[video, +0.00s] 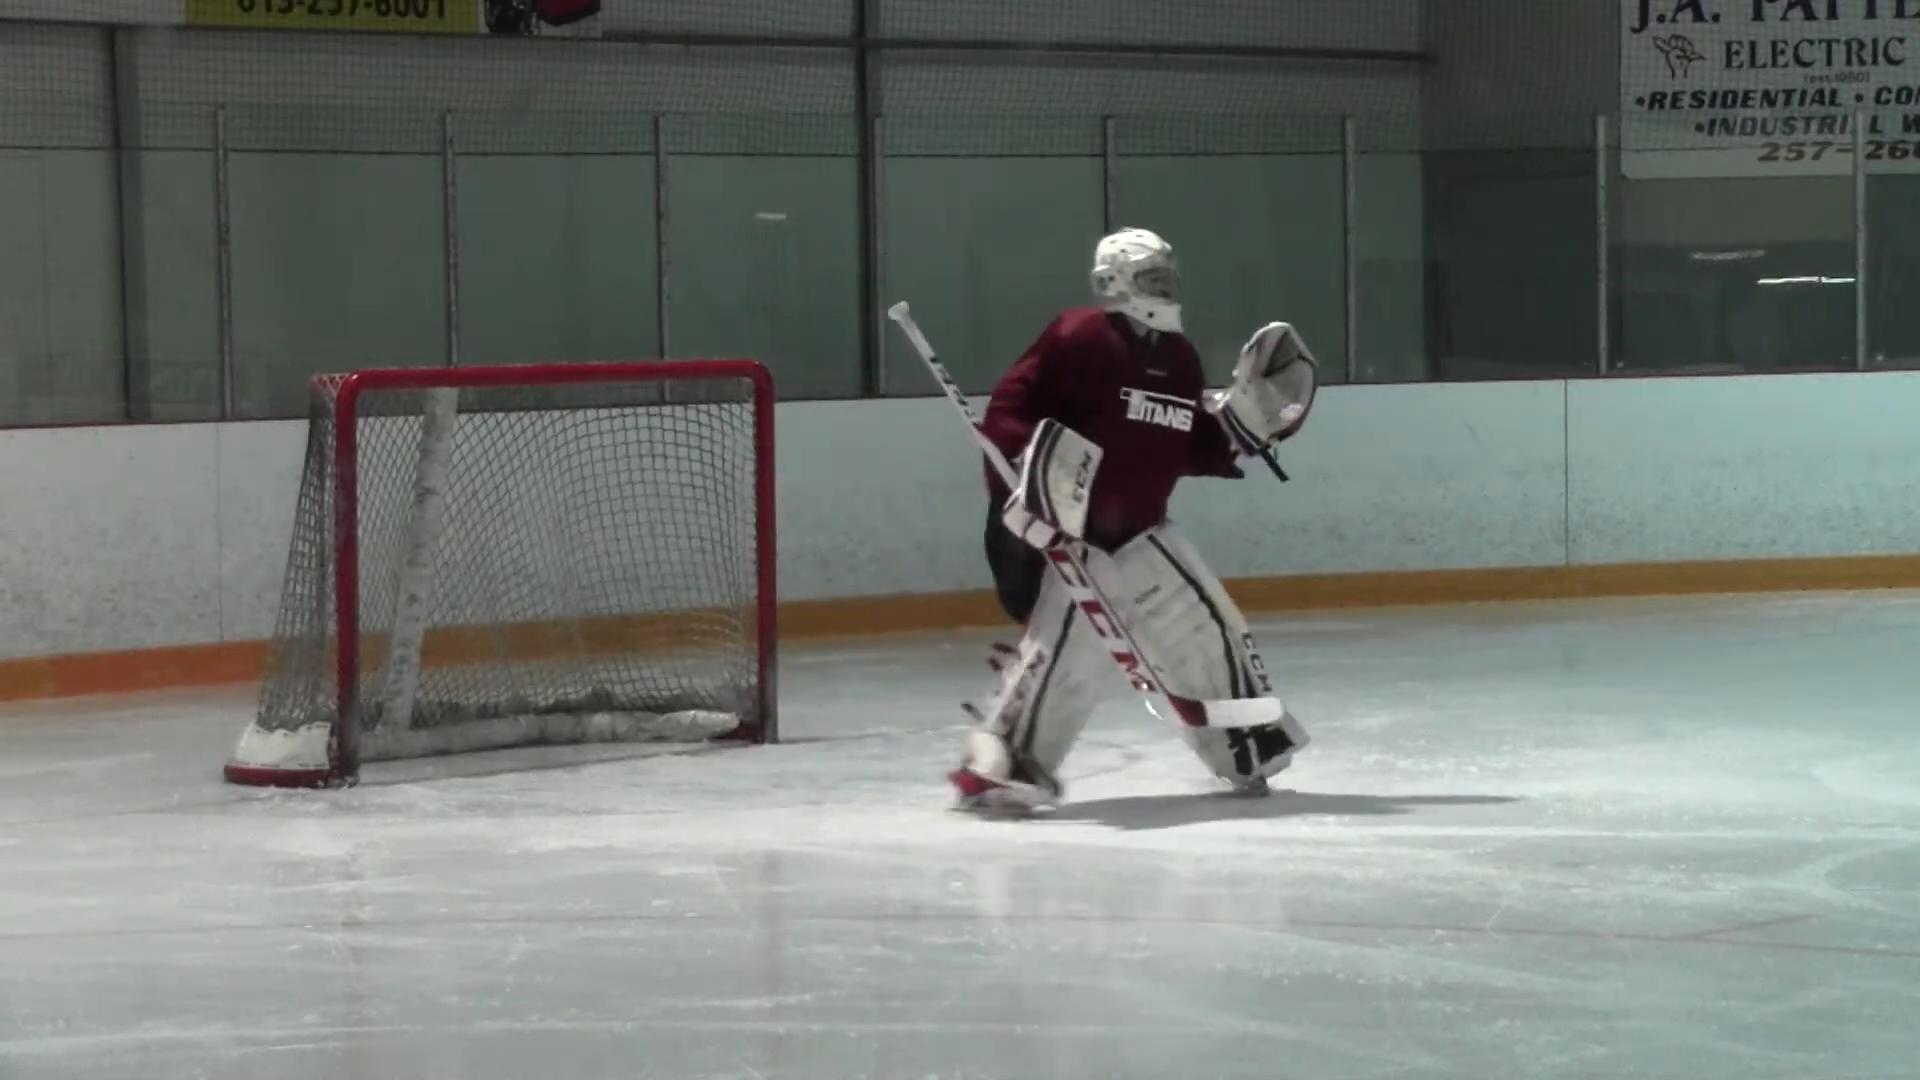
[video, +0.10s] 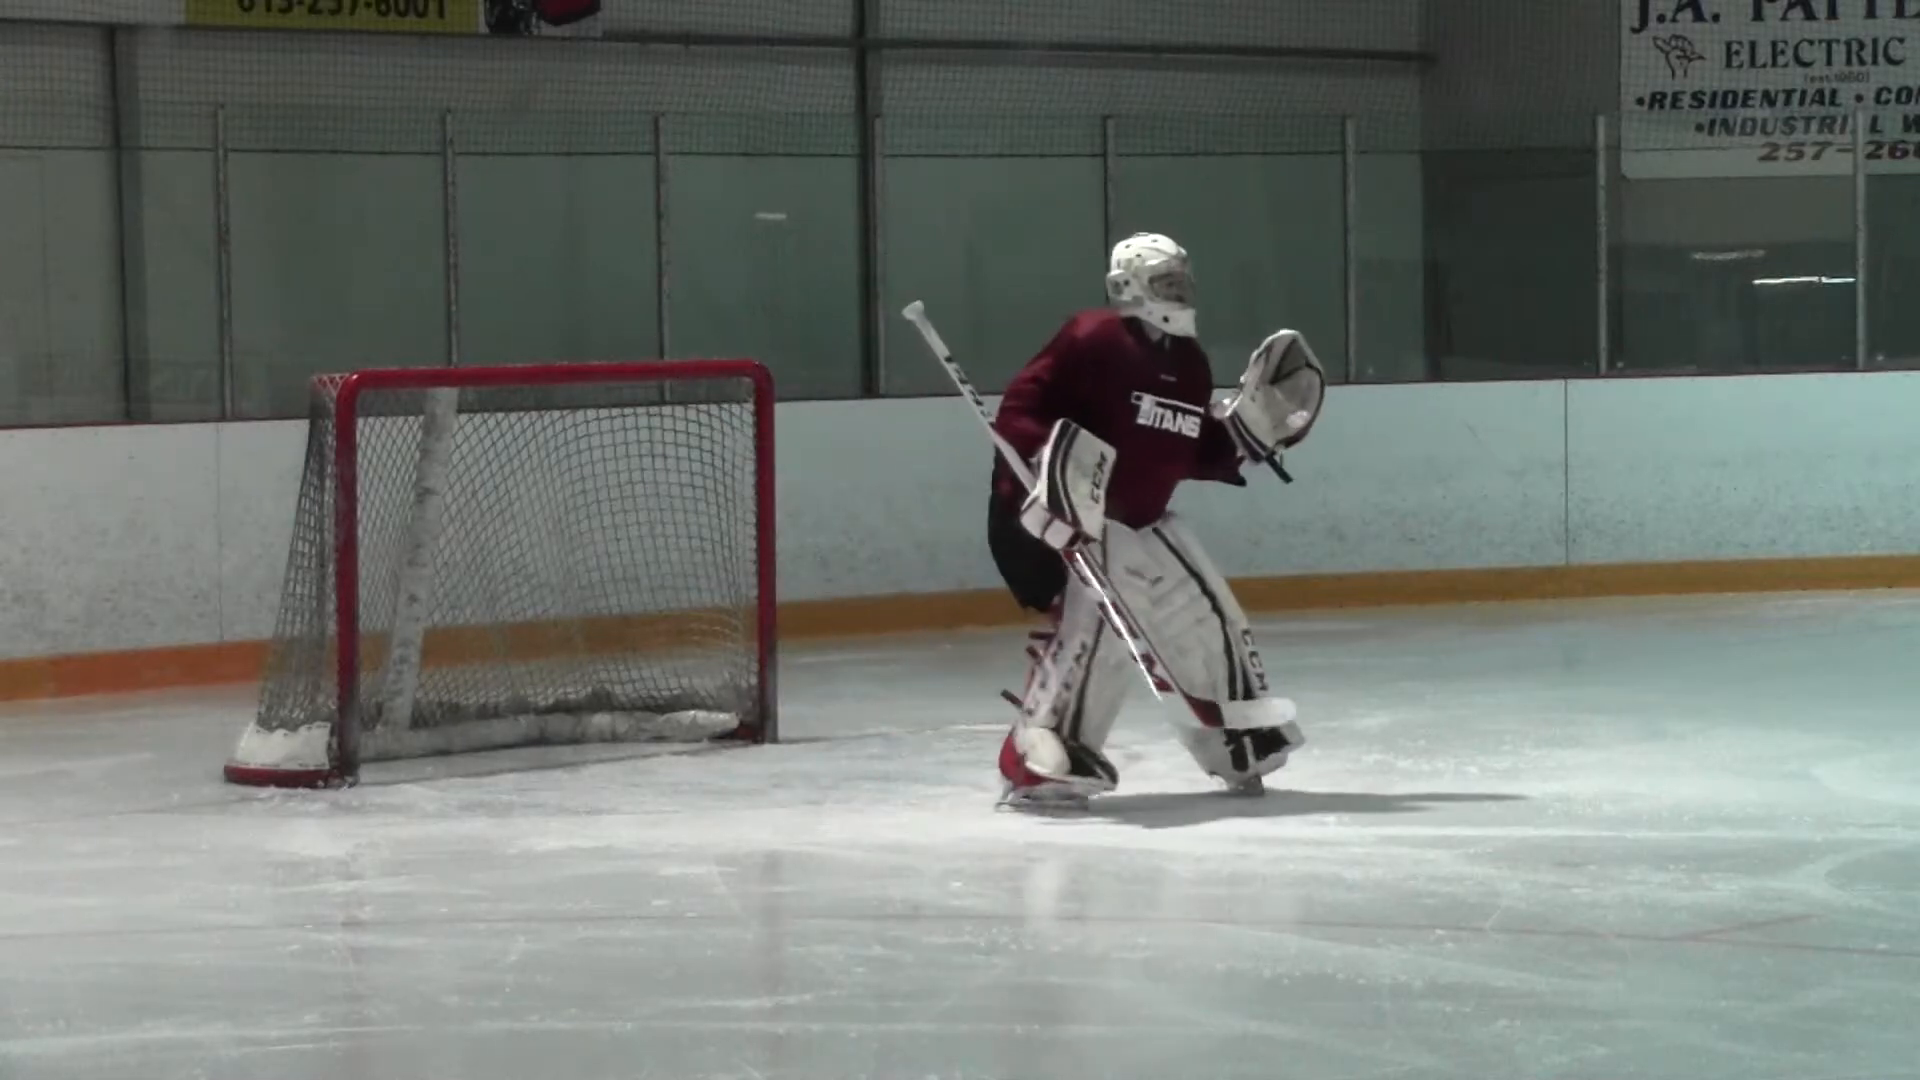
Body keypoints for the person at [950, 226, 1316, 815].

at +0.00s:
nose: (1163, 285)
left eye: (1167, 274)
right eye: (1148, 276)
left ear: (1174, 278)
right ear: (1112, 282)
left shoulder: (1180, 357)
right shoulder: (1079, 336)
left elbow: (1180, 446)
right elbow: (1001, 417)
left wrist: (1244, 423)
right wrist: (1053, 469)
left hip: (1144, 538)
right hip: (1071, 540)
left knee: (1205, 628)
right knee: (1064, 658)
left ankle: (1246, 754)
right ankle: (1004, 771)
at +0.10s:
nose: (1179, 289)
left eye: (1182, 278)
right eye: (1164, 279)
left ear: (1188, 283)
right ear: (1128, 286)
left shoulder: (1188, 361)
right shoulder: (1094, 337)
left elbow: (1186, 450)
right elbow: (1016, 414)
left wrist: (1249, 433)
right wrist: (1060, 467)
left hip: (1146, 523)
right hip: (1073, 518)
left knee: (1203, 614)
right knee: (1096, 625)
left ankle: (1237, 739)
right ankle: (1042, 757)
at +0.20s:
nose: (1184, 298)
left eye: (1188, 288)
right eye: (1170, 288)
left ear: (1194, 291)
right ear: (1135, 293)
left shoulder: (1190, 367)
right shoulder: (1103, 344)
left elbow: (1183, 456)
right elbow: (1027, 420)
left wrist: (1250, 442)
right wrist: (1077, 474)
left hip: (1133, 523)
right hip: (1049, 517)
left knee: (1199, 610)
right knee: (1108, 627)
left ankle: (1237, 736)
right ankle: (1043, 758)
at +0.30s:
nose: (1194, 306)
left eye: (1198, 295)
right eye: (1180, 297)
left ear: (1202, 298)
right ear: (1144, 302)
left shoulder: (1195, 374)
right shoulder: (1115, 351)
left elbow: (1187, 463)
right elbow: (1040, 429)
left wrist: (1252, 449)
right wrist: (1087, 485)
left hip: (1150, 531)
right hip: (1066, 527)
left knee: (1218, 615)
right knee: (1111, 638)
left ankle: (1232, 750)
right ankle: (1038, 764)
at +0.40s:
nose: (1207, 311)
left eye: (1210, 299)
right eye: (1194, 301)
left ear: (1213, 301)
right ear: (1159, 306)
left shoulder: (1208, 377)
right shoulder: (1131, 356)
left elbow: (1199, 464)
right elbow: (1055, 432)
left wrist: (1264, 448)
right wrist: (1106, 483)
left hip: (1155, 540)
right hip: (1072, 534)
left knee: (1228, 609)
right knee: (1125, 634)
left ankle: (1223, 745)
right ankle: (1047, 762)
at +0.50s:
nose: (1220, 309)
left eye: (1221, 299)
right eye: (1206, 301)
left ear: (1221, 302)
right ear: (1172, 308)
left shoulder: (1218, 376)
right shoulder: (1147, 358)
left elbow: (1204, 462)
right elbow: (1068, 420)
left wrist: (1274, 447)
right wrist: (1115, 480)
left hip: (1165, 530)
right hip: (1086, 525)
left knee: (1230, 610)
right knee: (1140, 632)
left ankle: (1231, 741)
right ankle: (1078, 757)